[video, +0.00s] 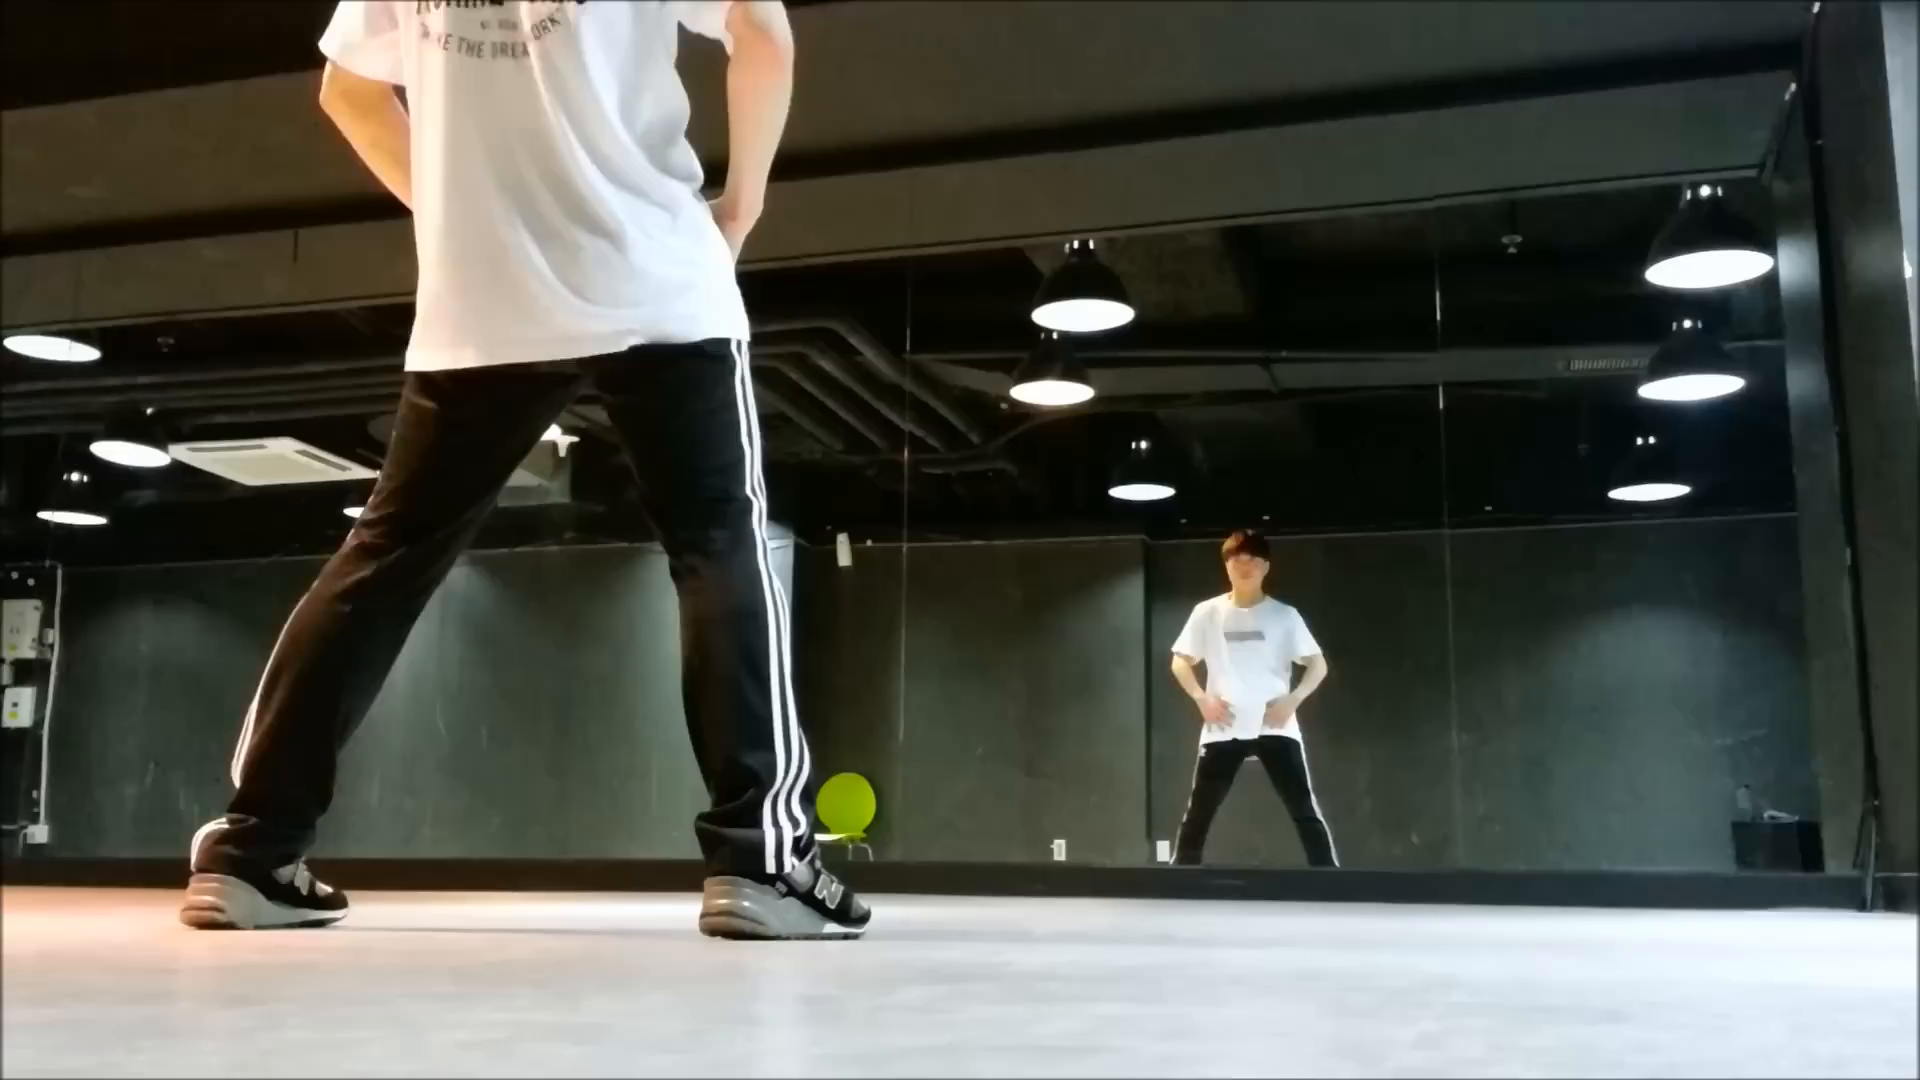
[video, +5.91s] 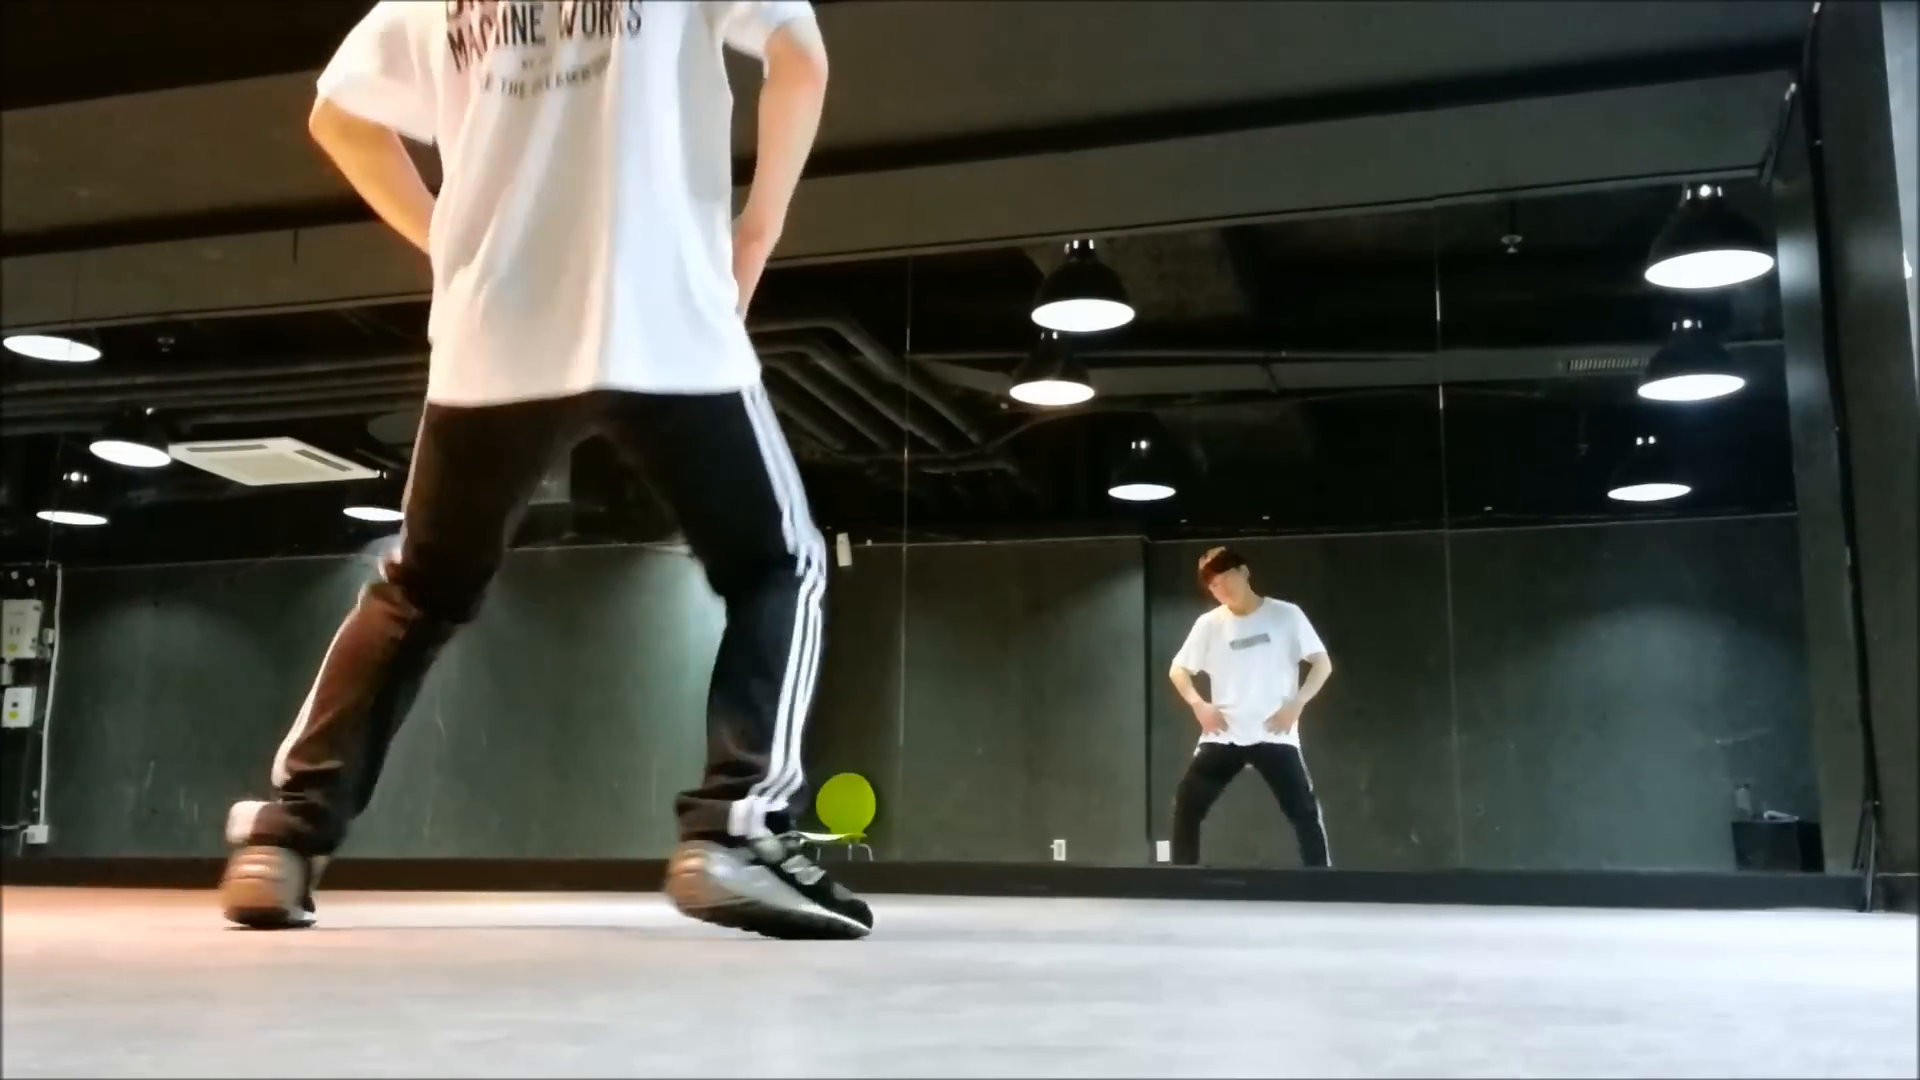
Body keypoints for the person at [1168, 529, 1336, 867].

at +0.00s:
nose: (1245, 567)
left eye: (1253, 560)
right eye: (1238, 560)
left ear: (1266, 566)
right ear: (1227, 566)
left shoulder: (1286, 616)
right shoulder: (1207, 613)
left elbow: (1318, 666)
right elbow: (1179, 663)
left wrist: (1291, 701)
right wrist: (1202, 699)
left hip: (1276, 730)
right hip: (1223, 730)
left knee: (1305, 813)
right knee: (1197, 815)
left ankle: (1332, 888)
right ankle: (1179, 890)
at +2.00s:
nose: (1223, 571)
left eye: (1230, 562)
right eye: (1219, 564)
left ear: (1253, 562)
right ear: (1217, 568)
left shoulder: (1283, 612)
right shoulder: (1213, 614)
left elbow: (1312, 664)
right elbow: (1197, 665)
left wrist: (1297, 700)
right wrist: (1204, 700)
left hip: (1279, 730)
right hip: (1226, 731)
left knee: (1307, 815)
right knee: (1197, 816)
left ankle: (1332, 890)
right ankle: (1176, 888)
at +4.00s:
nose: (1248, 566)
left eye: (1255, 558)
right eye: (1240, 559)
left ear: (1268, 563)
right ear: (1230, 565)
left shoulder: (1294, 610)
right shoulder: (1217, 616)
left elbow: (1321, 663)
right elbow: (1181, 661)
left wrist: (1294, 697)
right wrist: (1202, 694)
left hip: (1276, 728)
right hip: (1224, 729)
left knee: (1304, 812)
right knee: (1197, 814)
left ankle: (1331, 889)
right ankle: (1178, 890)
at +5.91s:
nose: (1220, 588)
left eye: (1224, 578)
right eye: (1212, 584)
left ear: (1244, 572)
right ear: (1209, 589)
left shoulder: (1287, 615)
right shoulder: (1209, 624)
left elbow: (1322, 664)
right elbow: (1178, 670)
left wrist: (1295, 706)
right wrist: (1200, 705)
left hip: (1276, 738)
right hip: (1223, 739)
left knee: (1305, 813)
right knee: (1187, 807)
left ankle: (1322, 890)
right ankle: (1183, 889)